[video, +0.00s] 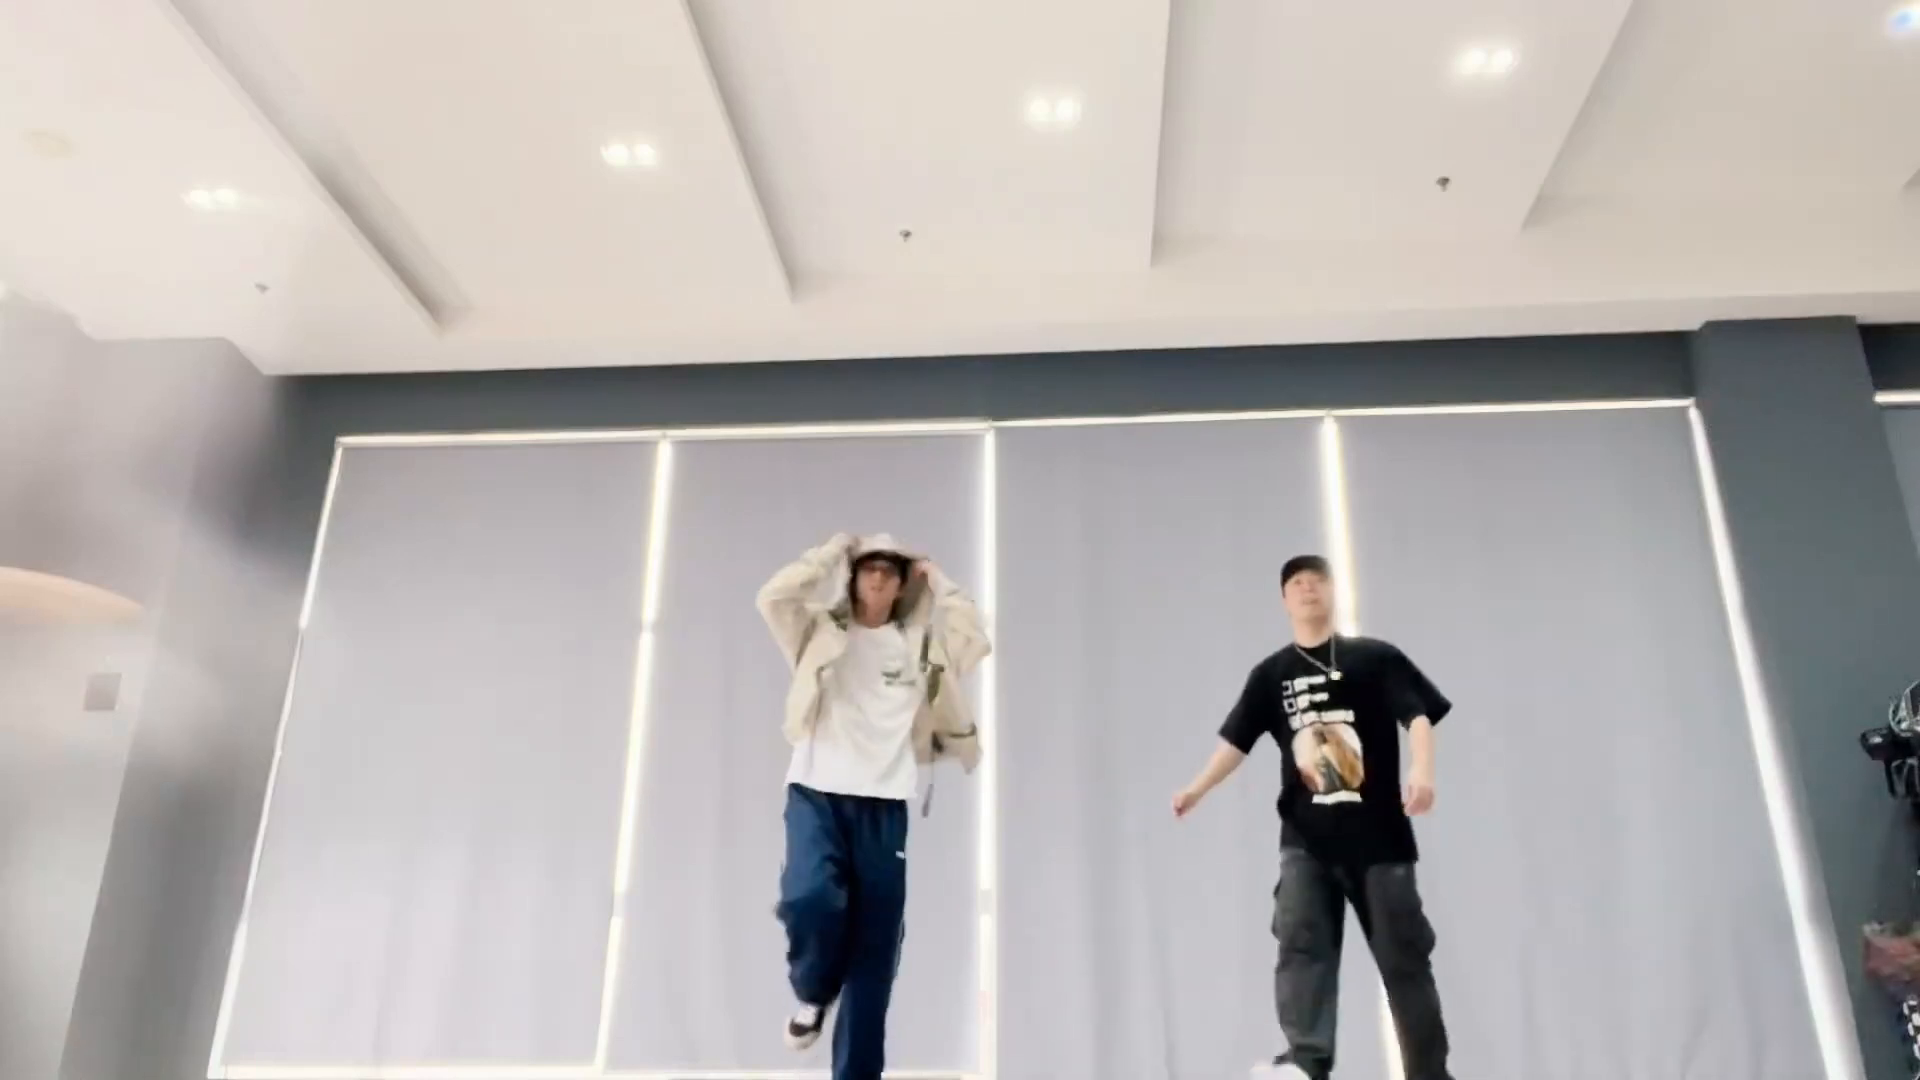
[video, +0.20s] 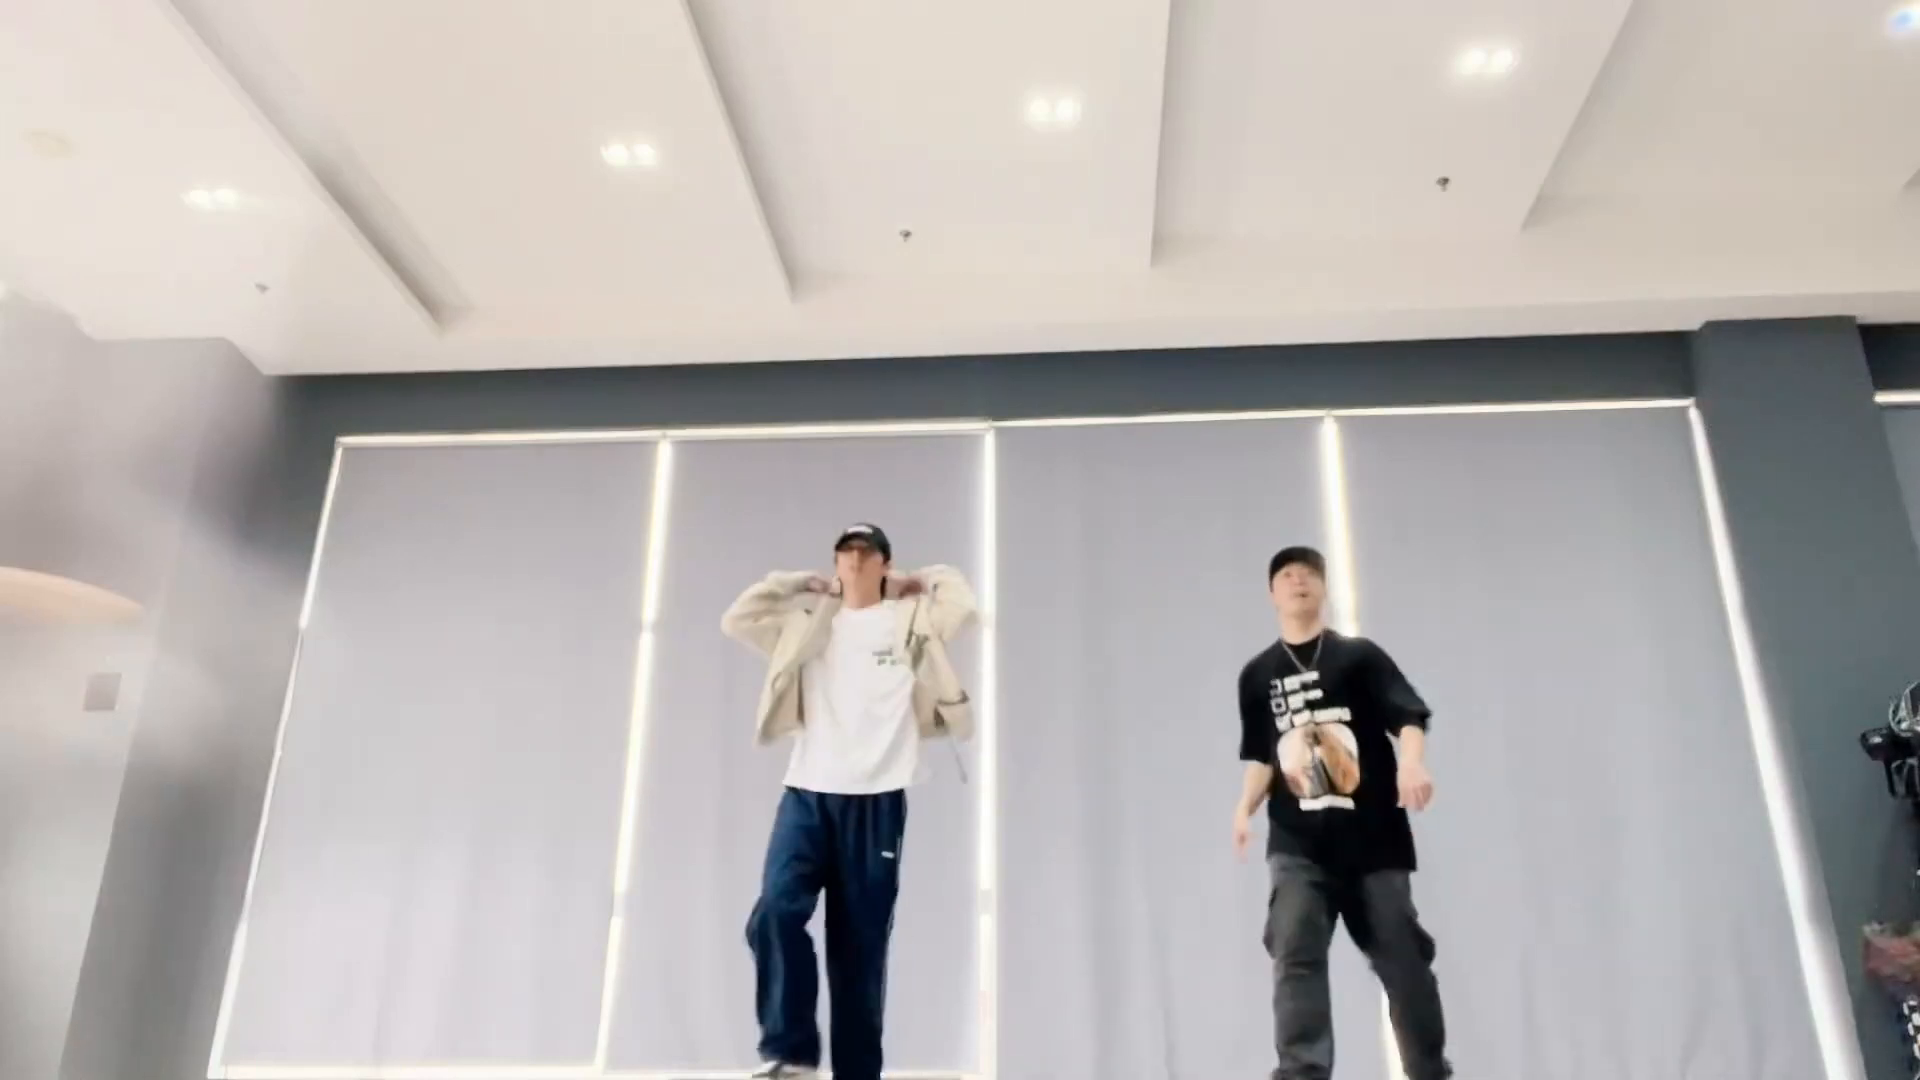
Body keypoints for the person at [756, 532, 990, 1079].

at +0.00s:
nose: (879, 580)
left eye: (889, 573)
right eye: (869, 570)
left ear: (902, 587)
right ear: (850, 580)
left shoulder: (921, 643)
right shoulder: (820, 634)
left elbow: (974, 643)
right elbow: (775, 600)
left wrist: (938, 583)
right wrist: (833, 556)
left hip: (883, 803)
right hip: (815, 794)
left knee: (875, 951)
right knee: (808, 899)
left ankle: (856, 1071)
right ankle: (813, 995)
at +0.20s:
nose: (855, 559)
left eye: (866, 552)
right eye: (846, 552)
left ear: (885, 568)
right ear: (834, 567)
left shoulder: (909, 619)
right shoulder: (809, 622)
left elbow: (962, 604)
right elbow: (738, 620)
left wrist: (918, 578)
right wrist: (804, 581)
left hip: (875, 800)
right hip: (807, 794)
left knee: (859, 948)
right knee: (774, 914)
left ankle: (858, 1073)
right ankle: (790, 1054)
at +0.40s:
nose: (830, 555)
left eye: (842, 548)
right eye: (821, 548)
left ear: (861, 566)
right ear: (809, 566)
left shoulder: (887, 623)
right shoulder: (788, 634)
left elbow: (927, 691)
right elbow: (740, 724)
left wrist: (913, 625)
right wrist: (746, 662)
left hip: (866, 815)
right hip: (794, 807)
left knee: (865, 960)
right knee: (761, 943)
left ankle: (872, 1076)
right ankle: (727, 1071)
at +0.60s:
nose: (798, 539)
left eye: (810, 533)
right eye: (788, 532)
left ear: (827, 551)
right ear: (774, 553)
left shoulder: (860, 612)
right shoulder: (759, 619)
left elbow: (911, 687)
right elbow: (722, 726)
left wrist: (878, 616)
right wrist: (739, 660)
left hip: (837, 801)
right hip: (765, 796)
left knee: (836, 943)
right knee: (746, 931)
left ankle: (864, 1063)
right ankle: (732, 1071)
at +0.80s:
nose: (802, 506)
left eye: (813, 499)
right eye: (790, 499)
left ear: (829, 520)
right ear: (774, 520)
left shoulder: (858, 584)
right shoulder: (747, 580)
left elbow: (905, 653)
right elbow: (689, 670)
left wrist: (854, 580)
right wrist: (736, 600)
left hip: (837, 779)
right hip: (759, 776)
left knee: (831, 928)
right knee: (747, 936)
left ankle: (823, 1070)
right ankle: (733, 1071)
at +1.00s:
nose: (812, 488)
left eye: (824, 483)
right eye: (801, 481)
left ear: (841, 506)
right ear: (785, 503)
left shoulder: (872, 574)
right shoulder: (751, 565)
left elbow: (915, 661)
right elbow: (686, 641)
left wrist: (879, 652)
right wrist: (734, 636)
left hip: (833, 776)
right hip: (751, 771)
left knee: (827, 927)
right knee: (731, 915)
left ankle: (816, 1069)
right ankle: (734, 1063)